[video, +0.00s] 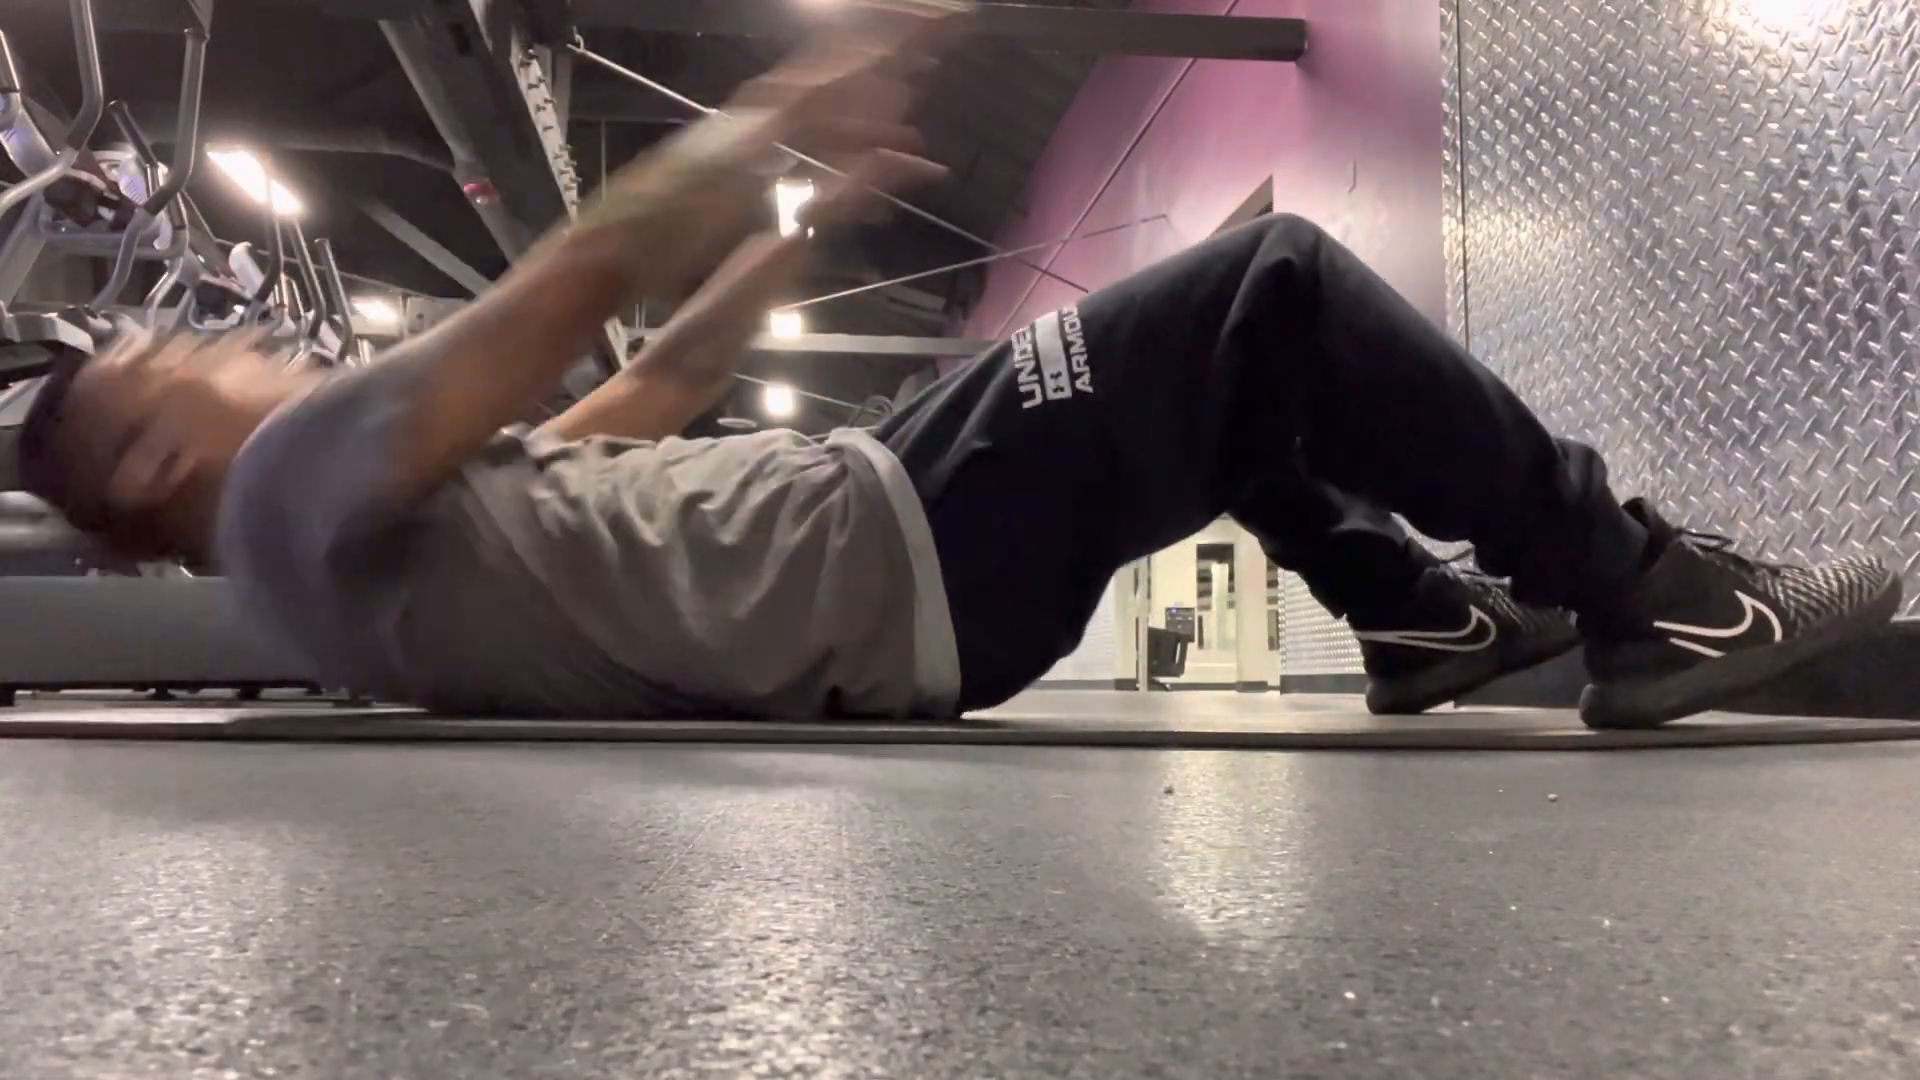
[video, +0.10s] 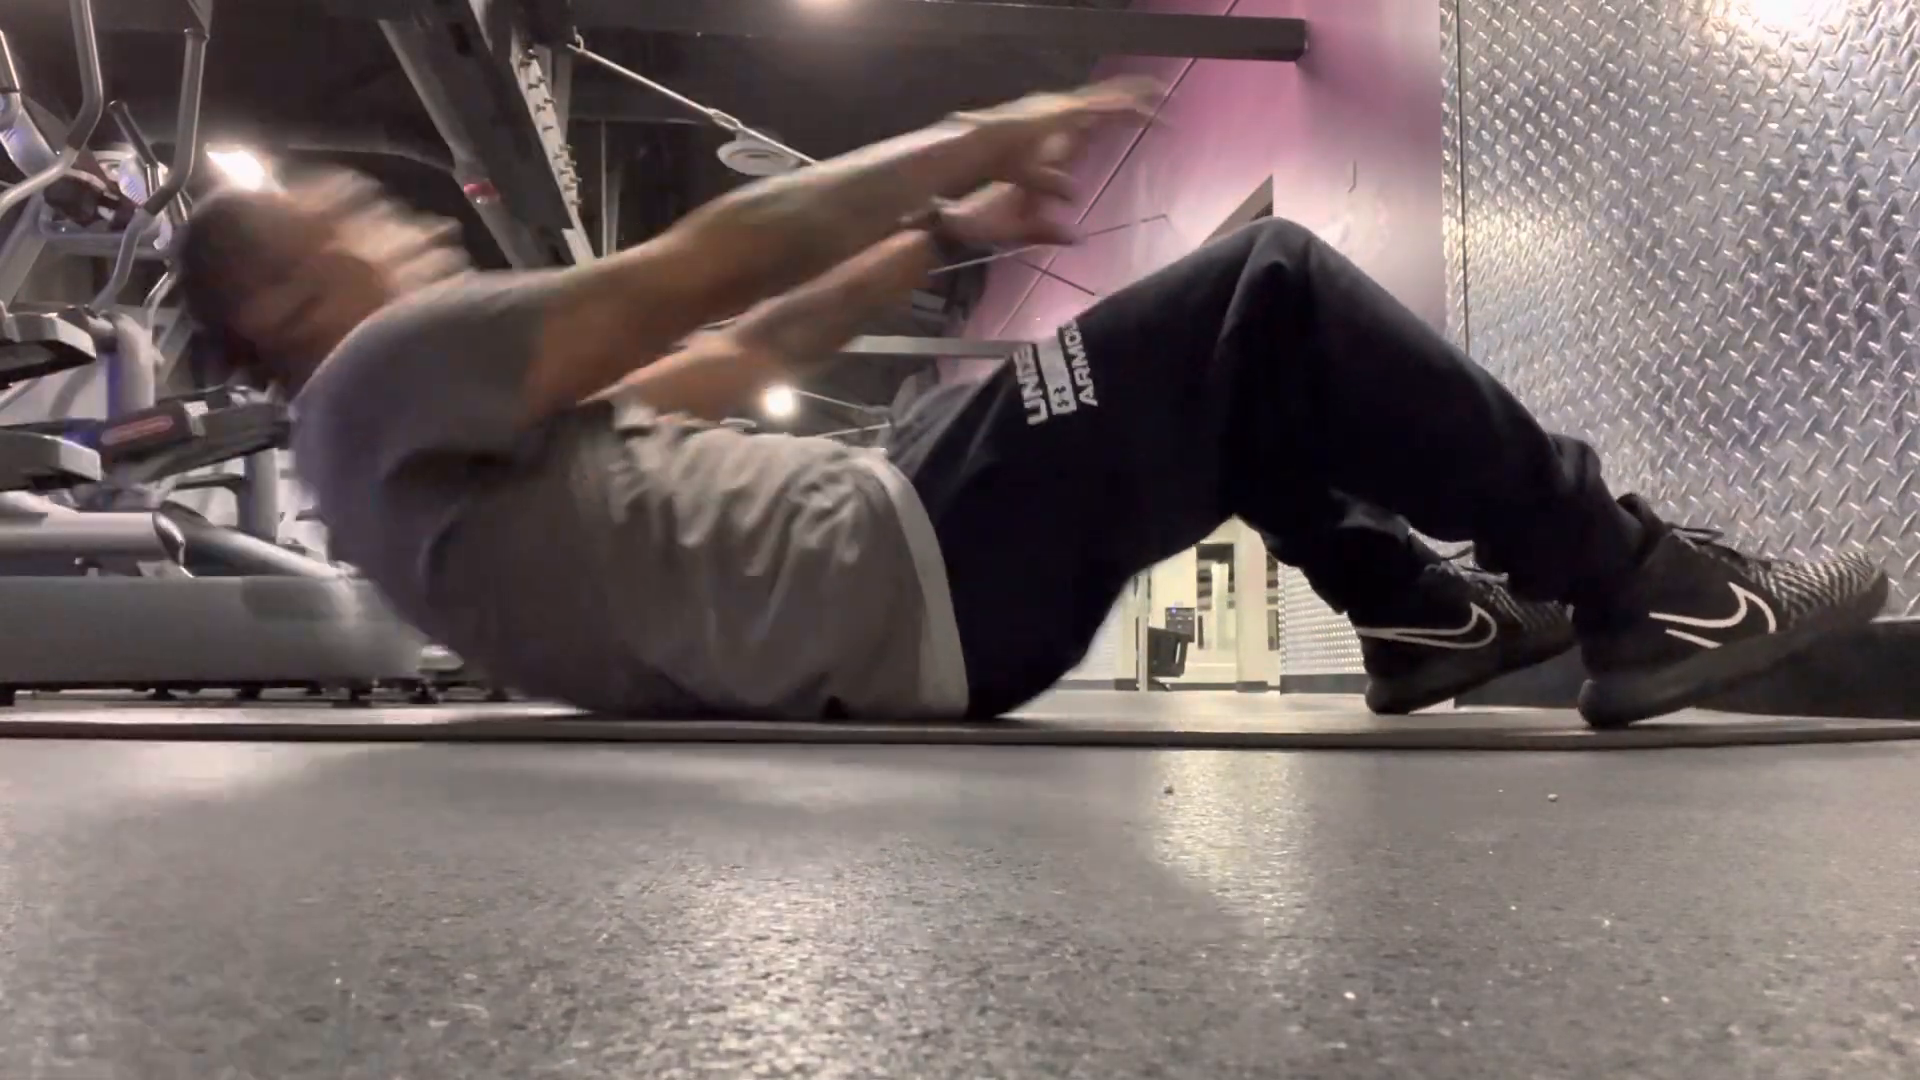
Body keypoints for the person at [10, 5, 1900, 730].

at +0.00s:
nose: (194, 365)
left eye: (166, 362)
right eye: (152, 389)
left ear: (202, 408)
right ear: (149, 478)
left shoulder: (345, 516)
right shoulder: (301, 492)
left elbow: (629, 413)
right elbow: (558, 306)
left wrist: (782, 237)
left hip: (853, 536)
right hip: (893, 567)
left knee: (1196, 346)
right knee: (1264, 274)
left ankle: (1442, 617)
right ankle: (1657, 591)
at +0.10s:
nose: (388, 212)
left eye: (362, 194)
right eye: (334, 216)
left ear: (348, 269)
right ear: (265, 311)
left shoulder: (431, 407)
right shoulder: (372, 388)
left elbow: (722, 359)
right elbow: (676, 275)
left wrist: (933, 241)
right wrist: (974, 140)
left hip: (873, 538)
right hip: (899, 592)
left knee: (1202, 318)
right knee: (1260, 287)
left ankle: (1434, 607)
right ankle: (1649, 590)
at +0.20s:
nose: (587, 126)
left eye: (570, 104)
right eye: (539, 109)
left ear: (501, 162)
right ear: (443, 176)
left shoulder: (552, 337)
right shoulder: (483, 279)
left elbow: (857, 328)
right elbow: (805, 232)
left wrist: (1033, 218)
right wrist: (1093, 137)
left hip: (914, 571)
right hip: (916, 596)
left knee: (1215, 318)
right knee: (1266, 277)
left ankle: (1432, 611)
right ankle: (1646, 568)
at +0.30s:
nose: (744, 84)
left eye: (733, 58)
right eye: (708, 57)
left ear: (589, 98)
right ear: (612, 80)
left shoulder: (656, 279)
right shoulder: (619, 189)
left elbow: (935, 318)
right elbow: (1003, 168)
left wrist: (1104, 198)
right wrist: (1255, 76)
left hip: (931, 608)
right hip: (934, 606)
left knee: (1205, 344)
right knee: (1262, 257)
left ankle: (1432, 604)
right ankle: (1642, 555)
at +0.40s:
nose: (909, 79)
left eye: (898, 63)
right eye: (882, 53)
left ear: (756, 56)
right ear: (787, 33)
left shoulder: (758, 253)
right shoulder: (729, 134)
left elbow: (1000, 326)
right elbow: (1077, 122)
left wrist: (1166, 185)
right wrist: (1329, 31)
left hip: (956, 625)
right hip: (963, 608)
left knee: (1207, 334)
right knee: (1276, 261)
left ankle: (1448, 614)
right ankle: (1638, 551)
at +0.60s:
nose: (1127, 103)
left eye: (1119, 82)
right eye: (1121, 66)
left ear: (1019, 29)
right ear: (1049, 29)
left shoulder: (960, 181)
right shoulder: (938, 61)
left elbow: (1033, 408)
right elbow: (999, 127)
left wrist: (1136, 280)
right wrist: (1271, 16)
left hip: (1007, 619)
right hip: (1030, 606)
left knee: (1256, 325)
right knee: (1346, 269)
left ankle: (1467, 620)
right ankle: (1681, 603)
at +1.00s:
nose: (972, 24)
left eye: (960, 9)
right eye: (941, 3)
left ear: (833, 23)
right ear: (851, 12)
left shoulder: (822, 145)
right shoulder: (827, 136)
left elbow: (1094, 273)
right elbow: (1117, 254)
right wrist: (1402, 110)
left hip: (1043, 591)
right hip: (1062, 619)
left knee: (1302, 307)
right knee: (1371, 270)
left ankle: (1458, 624)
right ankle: (1682, 613)